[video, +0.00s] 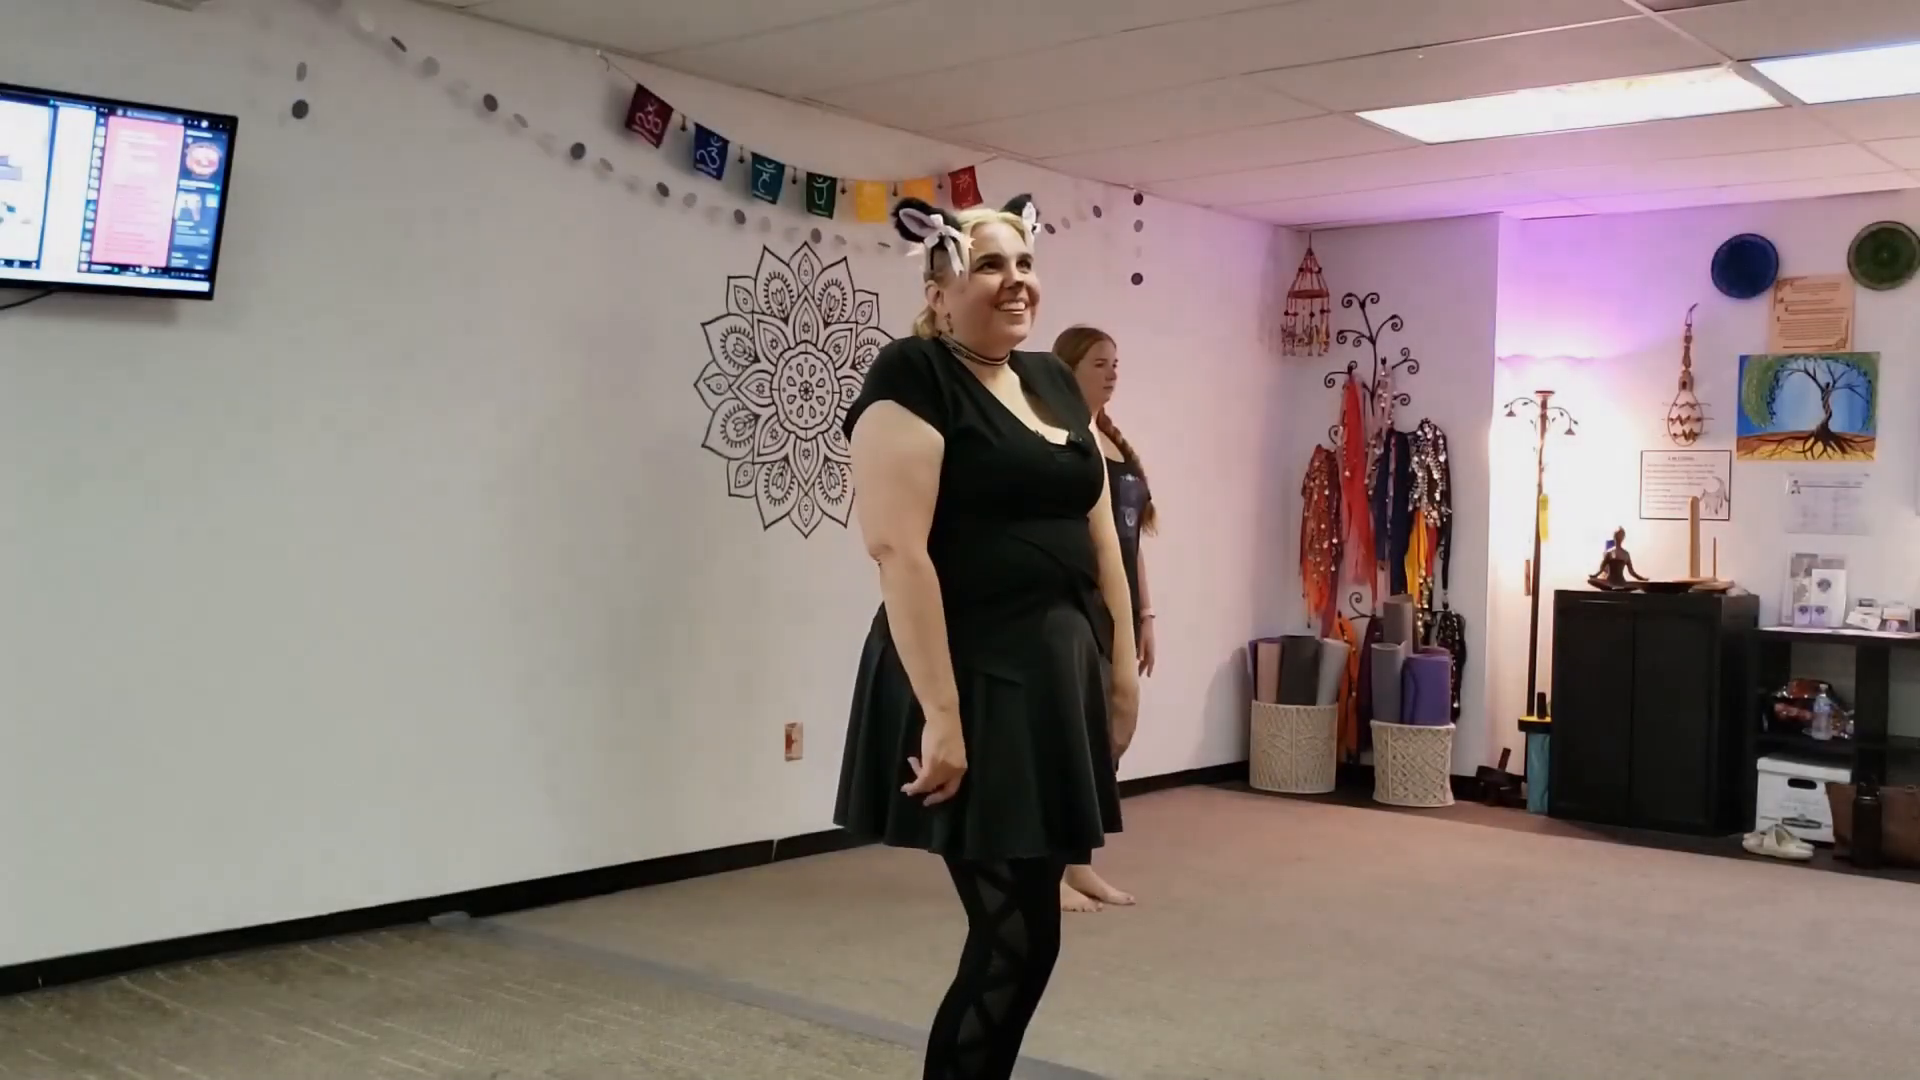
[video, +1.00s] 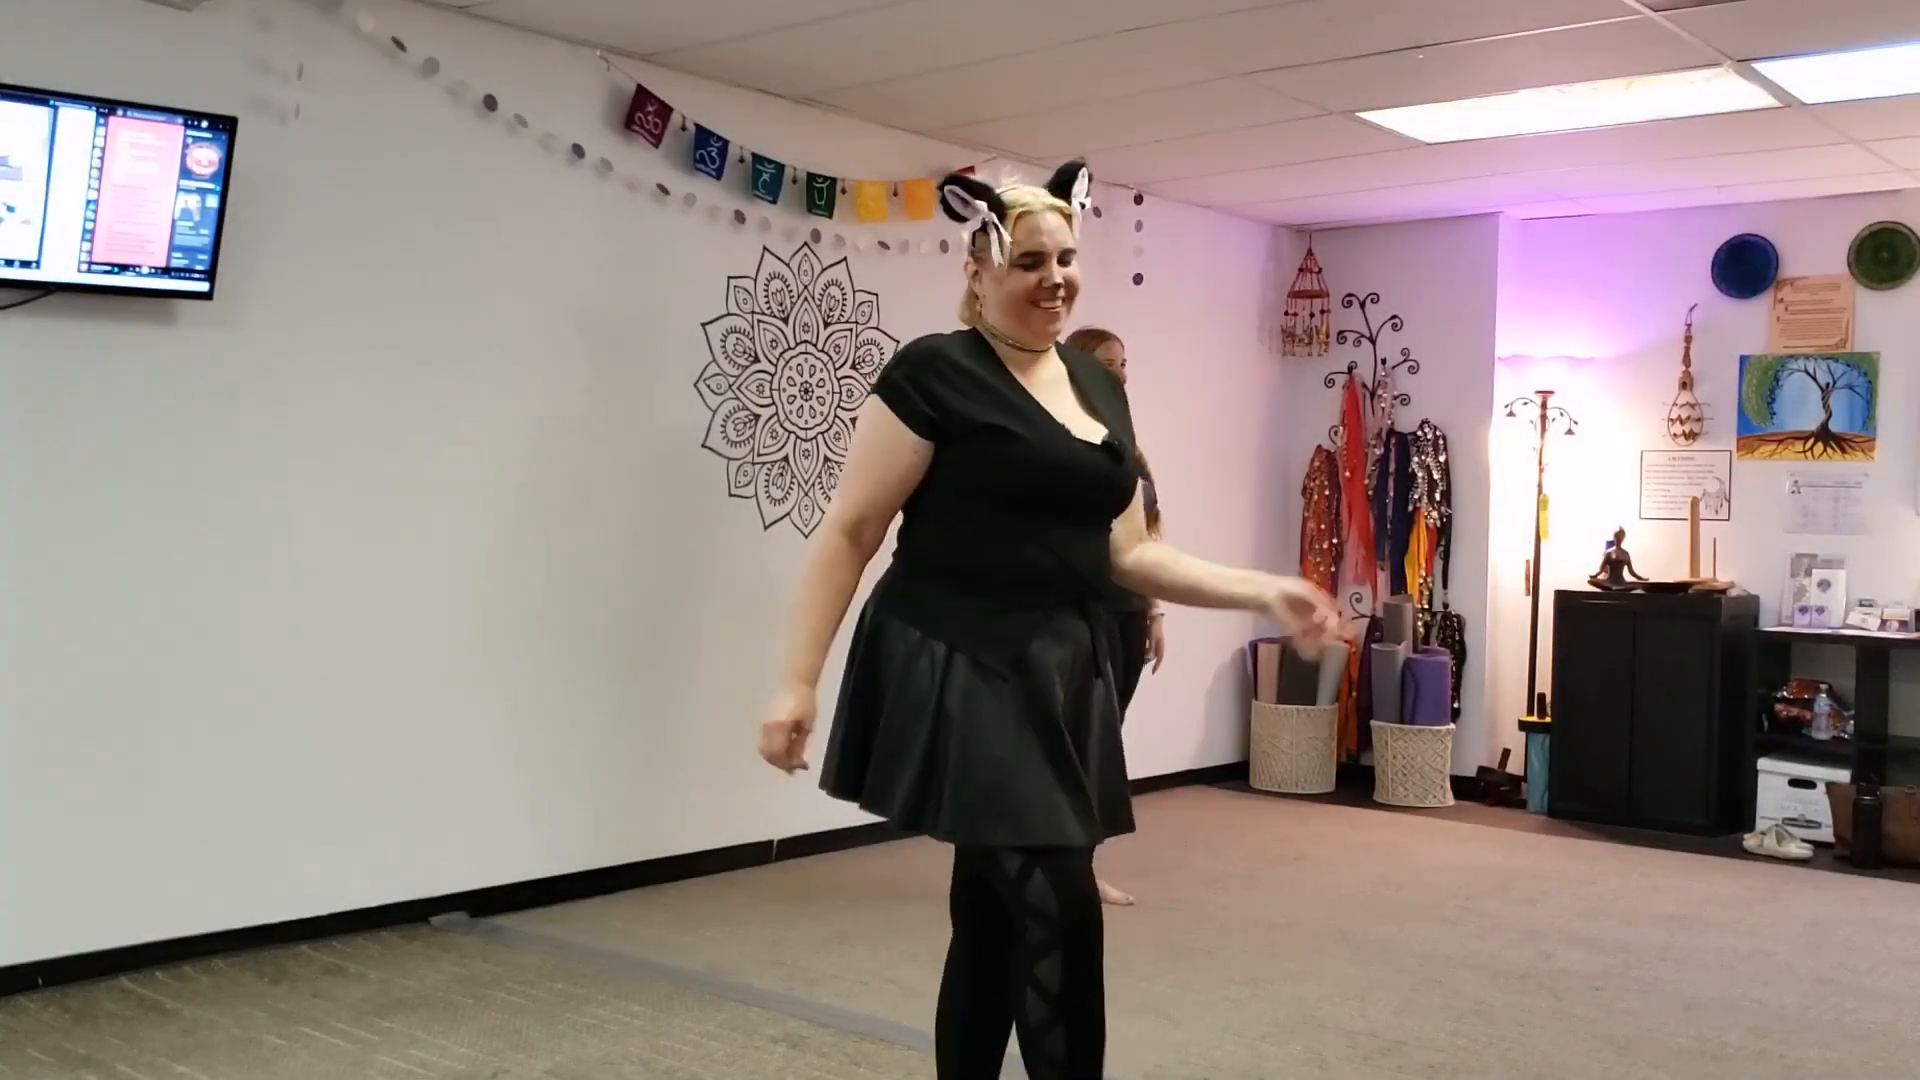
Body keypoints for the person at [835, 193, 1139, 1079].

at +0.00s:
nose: (1017, 280)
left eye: (1024, 264)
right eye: (990, 267)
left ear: (1035, 282)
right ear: (938, 295)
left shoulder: (1051, 380)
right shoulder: (910, 378)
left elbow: (1102, 528)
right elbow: (896, 552)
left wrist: (1124, 663)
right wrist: (939, 713)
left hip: (1058, 679)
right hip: (967, 688)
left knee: (1021, 935)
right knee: (1017, 940)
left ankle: (970, 1068)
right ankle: (956, 1071)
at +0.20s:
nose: (1018, 279)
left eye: (1024, 264)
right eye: (990, 268)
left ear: (1034, 281)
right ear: (939, 296)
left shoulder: (1052, 381)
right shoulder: (909, 379)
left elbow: (1101, 526)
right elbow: (895, 550)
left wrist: (1125, 665)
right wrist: (937, 715)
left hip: (1060, 677)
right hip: (968, 686)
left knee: (1021, 936)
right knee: (1017, 941)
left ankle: (972, 1068)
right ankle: (957, 1070)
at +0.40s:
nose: (1027, 284)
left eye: (1031, 269)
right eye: (1000, 270)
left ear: (1038, 282)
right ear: (941, 294)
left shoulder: (1052, 384)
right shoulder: (910, 377)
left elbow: (1104, 538)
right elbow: (896, 553)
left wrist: (1125, 681)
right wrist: (934, 719)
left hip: (1060, 682)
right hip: (967, 687)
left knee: (1020, 937)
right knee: (1018, 942)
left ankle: (969, 1068)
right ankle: (958, 1070)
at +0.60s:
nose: (1029, 288)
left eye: (1035, 272)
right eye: (1004, 272)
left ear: (1043, 284)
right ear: (945, 293)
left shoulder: (1052, 389)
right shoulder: (911, 380)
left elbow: (1103, 544)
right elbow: (893, 554)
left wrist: (1125, 684)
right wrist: (933, 719)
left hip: (1060, 683)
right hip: (966, 689)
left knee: (1024, 937)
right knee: (1023, 941)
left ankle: (973, 1075)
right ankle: (959, 1075)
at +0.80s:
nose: (1038, 290)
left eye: (1047, 274)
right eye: (1015, 273)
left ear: (1056, 281)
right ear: (956, 281)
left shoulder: (1067, 389)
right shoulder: (909, 384)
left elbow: (1108, 550)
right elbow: (855, 550)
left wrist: (1175, 664)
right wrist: (869, 711)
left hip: (1054, 675)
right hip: (951, 675)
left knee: (999, 919)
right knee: (1068, 909)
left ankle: (971, 1066)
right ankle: (987, 1065)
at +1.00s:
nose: (1055, 278)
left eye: (1066, 259)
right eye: (1031, 260)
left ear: (1079, 269)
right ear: (978, 270)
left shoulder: (1086, 387)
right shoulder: (932, 374)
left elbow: (1130, 552)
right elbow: (850, 533)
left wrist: (1271, 592)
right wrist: (797, 687)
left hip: (1060, 671)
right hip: (950, 668)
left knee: (992, 924)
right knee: (1065, 909)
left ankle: (966, 1076)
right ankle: (1067, 1072)